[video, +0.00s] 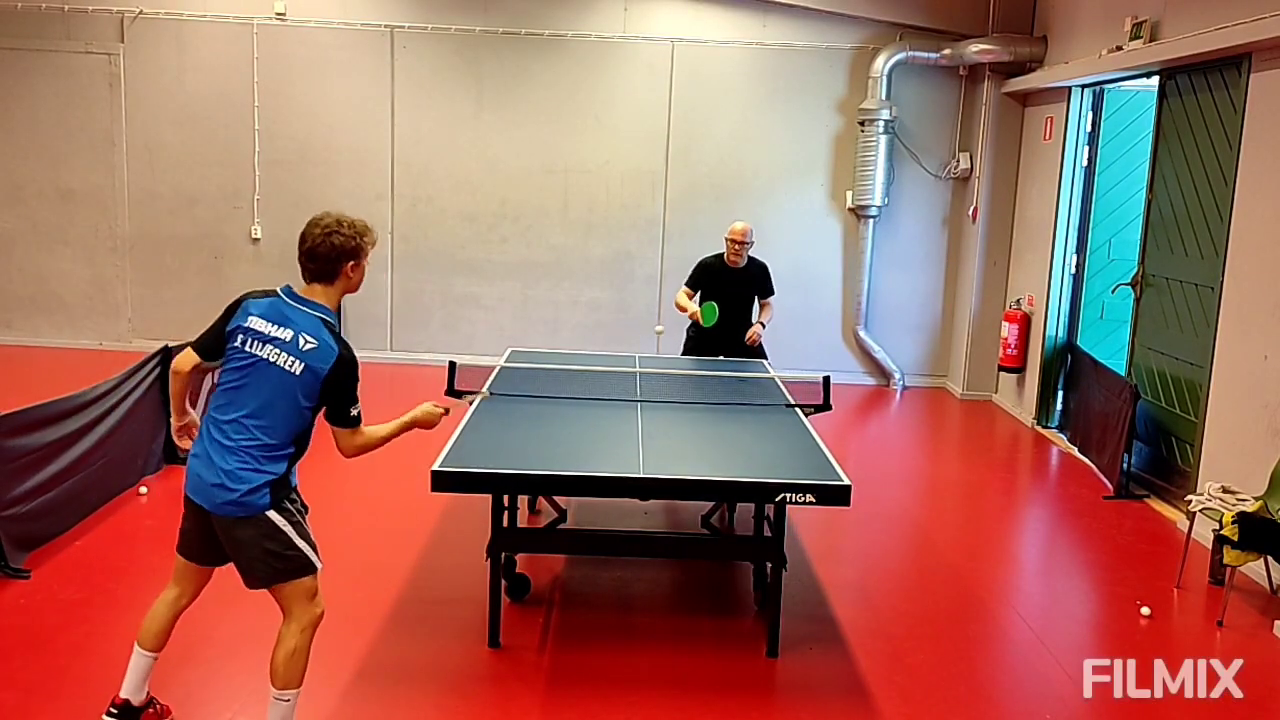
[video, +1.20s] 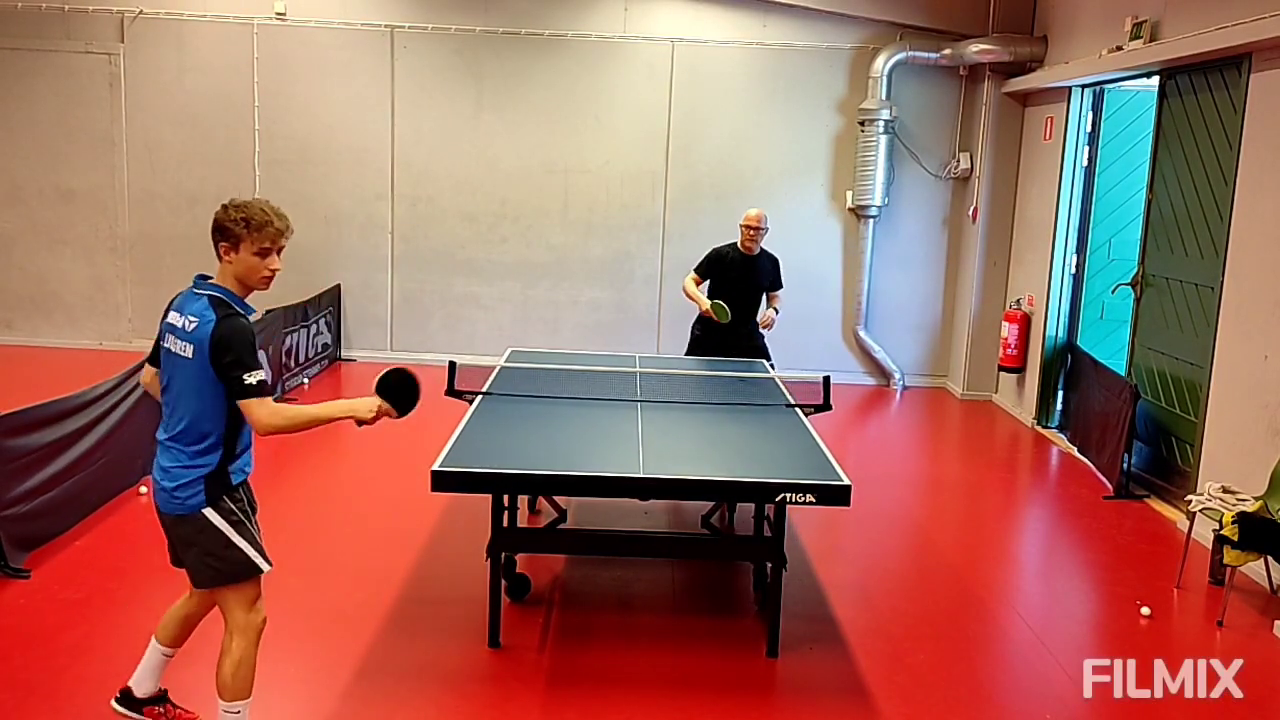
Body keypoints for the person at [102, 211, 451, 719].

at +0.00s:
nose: (365, 271)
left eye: (364, 262)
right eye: (363, 263)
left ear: (304, 262)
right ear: (348, 272)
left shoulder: (251, 305)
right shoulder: (335, 353)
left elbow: (182, 365)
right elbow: (351, 443)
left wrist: (179, 414)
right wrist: (411, 420)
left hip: (203, 480)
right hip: (256, 496)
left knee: (179, 590)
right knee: (304, 611)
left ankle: (127, 701)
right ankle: (280, 716)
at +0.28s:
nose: (302, 263)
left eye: (302, 254)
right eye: (301, 255)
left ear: (241, 258)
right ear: (286, 264)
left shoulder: (193, 314)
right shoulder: (278, 347)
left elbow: (157, 392)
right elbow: (311, 438)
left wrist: (212, 401)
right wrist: (371, 408)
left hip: (182, 494)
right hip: (239, 504)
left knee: (157, 611)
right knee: (298, 609)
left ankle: (118, 715)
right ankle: (279, 716)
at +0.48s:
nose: (286, 259)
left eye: (284, 249)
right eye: (284, 251)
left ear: (228, 257)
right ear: (268, 261)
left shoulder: (196, 301)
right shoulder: (233, 343)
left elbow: (195, 379)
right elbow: (234, 443)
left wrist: (259, 393)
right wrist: (317, 461)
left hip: (150, 481)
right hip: (191, 493)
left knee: (138, 609)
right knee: (252, 613)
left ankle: (114, 715)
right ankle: (256, 716)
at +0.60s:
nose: (289, 270)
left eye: (288, 262)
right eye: (287, 262)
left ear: (234, 262)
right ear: (271, 270)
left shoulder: (205, 304)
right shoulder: (222, 349)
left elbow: (213, 378)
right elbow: (206, 455)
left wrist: (274, 398)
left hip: (146, 482)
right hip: (177, 494)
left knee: (139, 606)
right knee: (233, 617)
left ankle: (115, 715)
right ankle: (227, 717)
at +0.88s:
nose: (323, 292)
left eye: (325, 282)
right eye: (316, 281)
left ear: (279, 278)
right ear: (279, 278)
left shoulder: (240, 309)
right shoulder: (235, 346)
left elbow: (214, 391)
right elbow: (208, 447)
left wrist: (251, 432)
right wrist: (248, 510)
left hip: (170, 481)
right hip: (190, 493)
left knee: (157, 598)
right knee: (231, 623)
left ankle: (110, 710)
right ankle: (226, 718)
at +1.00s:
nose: (306, 282)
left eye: (308, 271)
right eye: (297, 270)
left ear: (259, 266)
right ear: (260, 264)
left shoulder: (215, 304)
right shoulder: (247, 334)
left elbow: (199, 386)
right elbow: (275, 428)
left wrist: (251, 426)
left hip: (170, 480)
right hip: (202, 494)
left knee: (189, 591)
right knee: (236, 621)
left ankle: (123, 702)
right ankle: (228, 719)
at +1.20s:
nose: (276, 265)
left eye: (278, 253)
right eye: (265, 253)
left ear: (230, 255)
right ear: (228, 252)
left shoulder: (185, 304)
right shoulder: (230, 325)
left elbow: (151, 378)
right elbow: (263, 417)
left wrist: (207, 415)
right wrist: (350, 408)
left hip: (177, 479)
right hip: (208, 492)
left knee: (204, 591)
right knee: (245, 616)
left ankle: (141, 690)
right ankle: (233, 719)